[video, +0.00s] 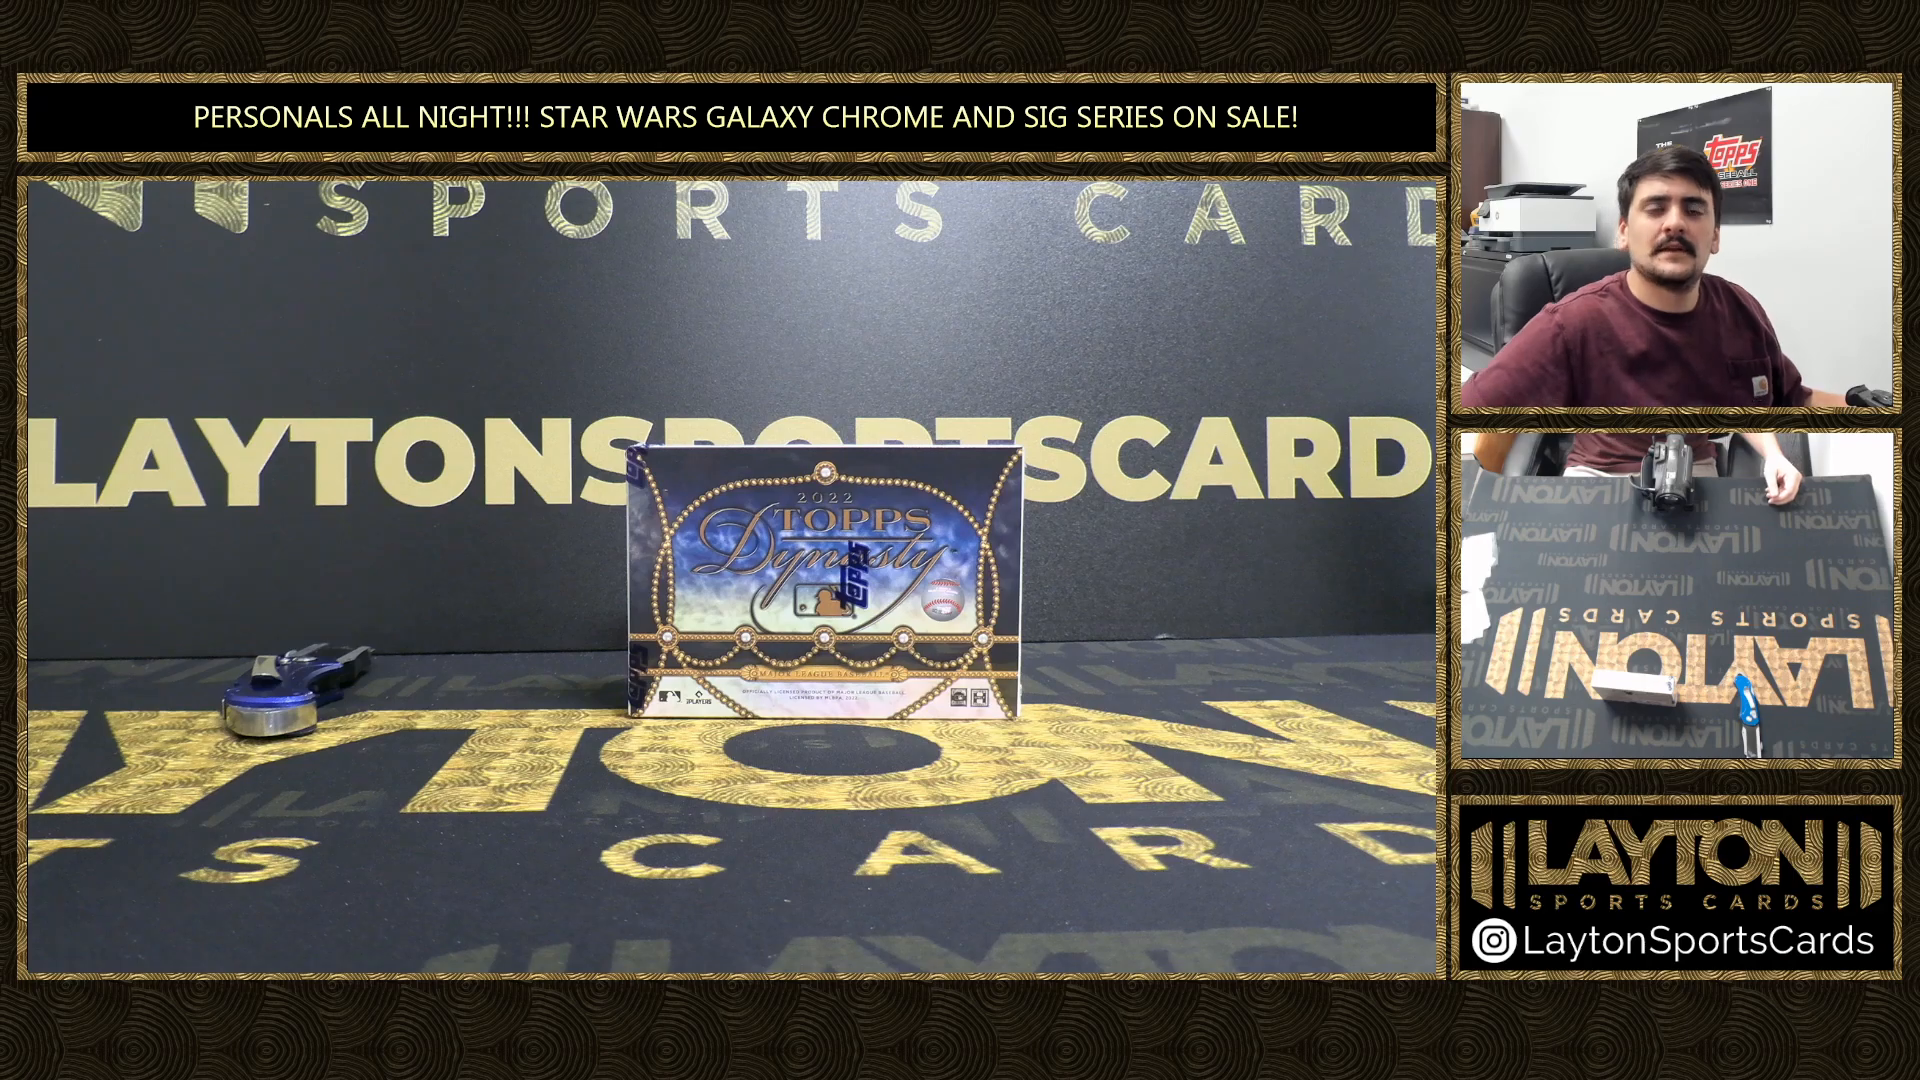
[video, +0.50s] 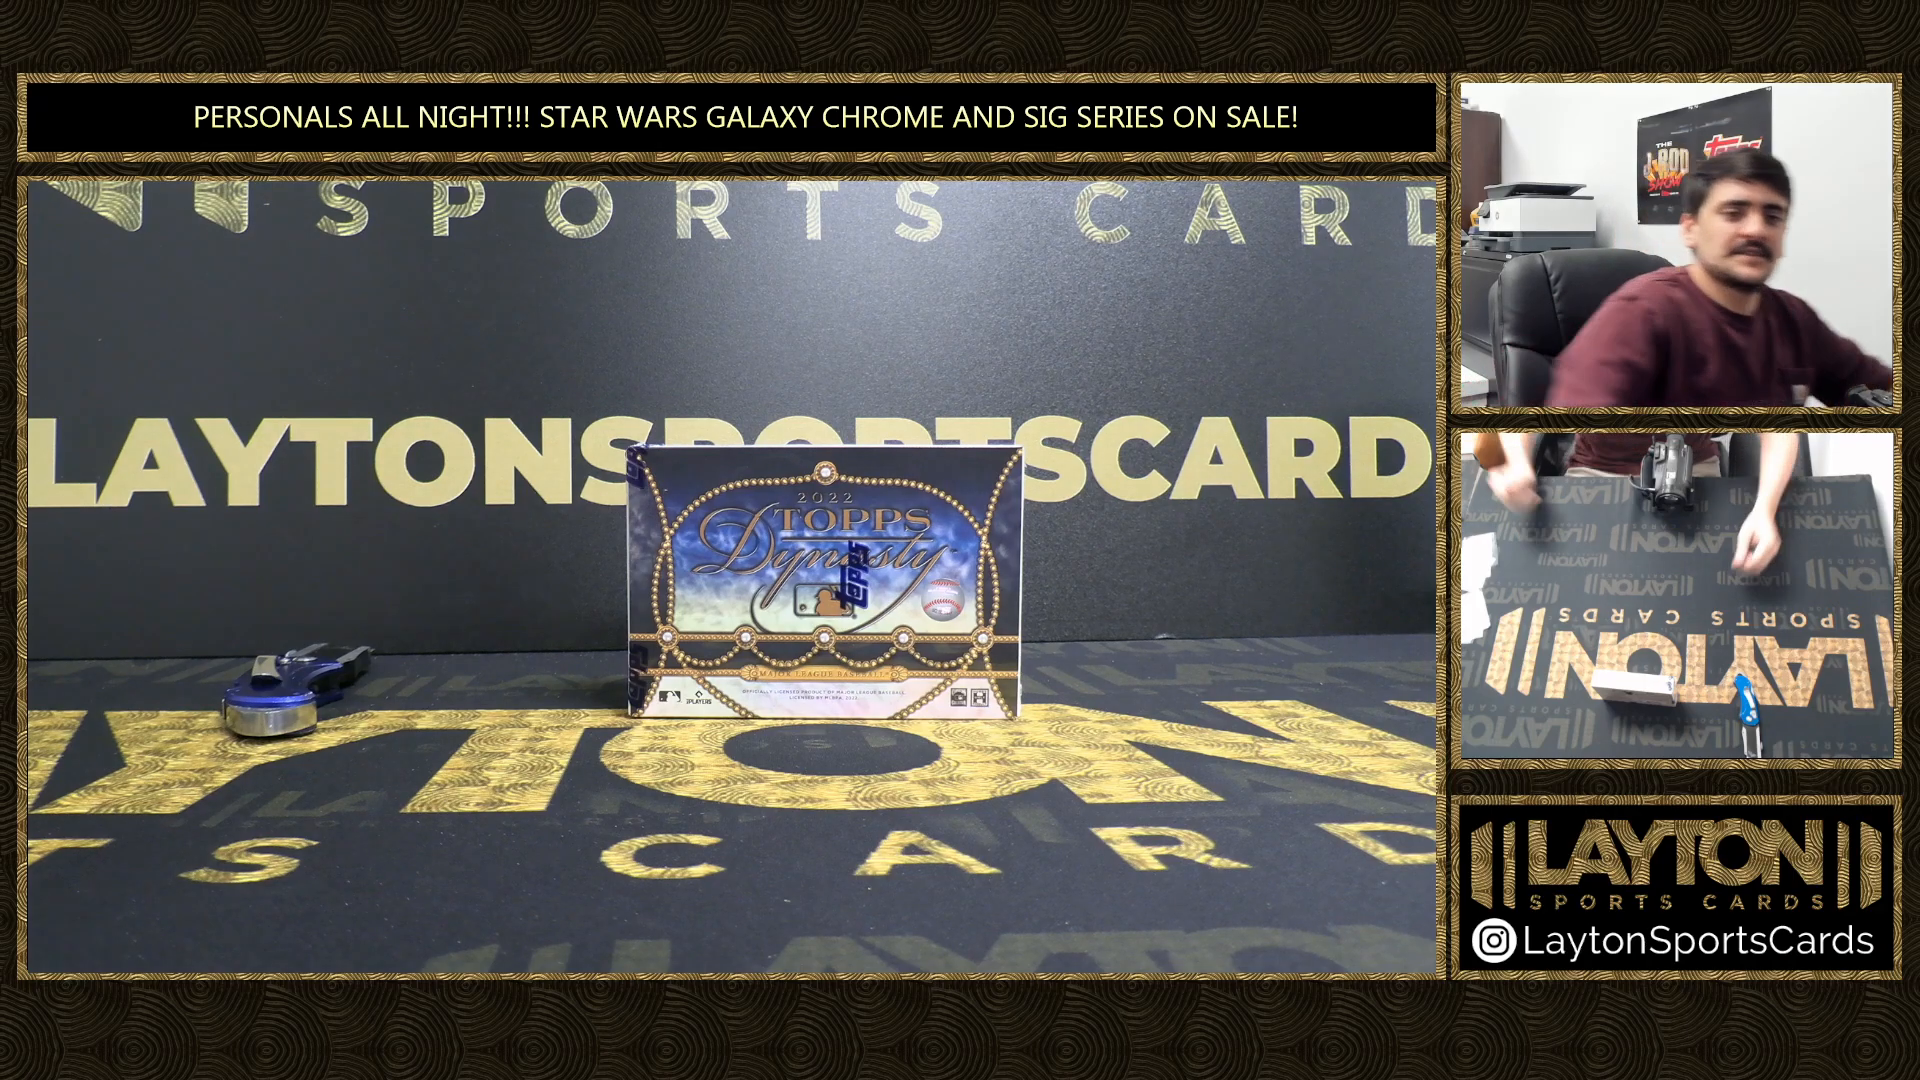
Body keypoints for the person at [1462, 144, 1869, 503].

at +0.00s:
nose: (1674, 223)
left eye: (1693, 209)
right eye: (1655, 208)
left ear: (1715, 238)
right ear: (1624, 234)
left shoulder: (1738, 310)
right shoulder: (1576, 323)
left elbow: (1789, 400)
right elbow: (1488, 446)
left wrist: (1876, 410)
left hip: (1710, 507)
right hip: (1596, 508)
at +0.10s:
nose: (1684, 222)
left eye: (1702, 209)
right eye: (1664, 206)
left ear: (1722, 236)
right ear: (1631, 230)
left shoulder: (1739, 311)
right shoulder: (1581, 316)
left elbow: (1786, 399)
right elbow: (1483, 419)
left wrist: (1878, 410)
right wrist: (1495, 515)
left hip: (1709, 509)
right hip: (1594, 509)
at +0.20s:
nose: (1700, 222)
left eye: (1718, 208)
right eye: (1681, 206)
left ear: (1735, 233)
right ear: (1645, 227)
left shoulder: (1745, 312)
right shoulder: (1590, 313)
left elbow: (1799, 394)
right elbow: (1487, 423)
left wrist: (1877, 405)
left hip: (1712, 512)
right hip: (1596, 512)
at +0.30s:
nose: (1710, 223)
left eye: (1727, 209)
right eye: (1690, 206)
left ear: (1743, 233)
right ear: (1652, 226)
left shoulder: (1752, 314)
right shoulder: (1597, 312)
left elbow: (1809, 392)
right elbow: (1488, 431)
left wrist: (1878, 403)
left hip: (1716, 516)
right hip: (1598, 515)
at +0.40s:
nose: (1728, 225)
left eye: (1746, 212)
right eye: (1708, 208)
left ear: (1760, 235)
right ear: (1669, 228)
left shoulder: (1768, 317)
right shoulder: (1621, 309)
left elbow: (1842, 388)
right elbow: (1530, 402)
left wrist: (1896, 394)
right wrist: (1496, 441)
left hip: (1719, 513)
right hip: (1604, 508)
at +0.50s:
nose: (1756, 230)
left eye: (1772, 216)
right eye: (1734, 213)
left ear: (1785, 233)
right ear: (1690, 229)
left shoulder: (1790, 320)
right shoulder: (1644, 310)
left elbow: (1876, 383)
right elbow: (1577, 424)